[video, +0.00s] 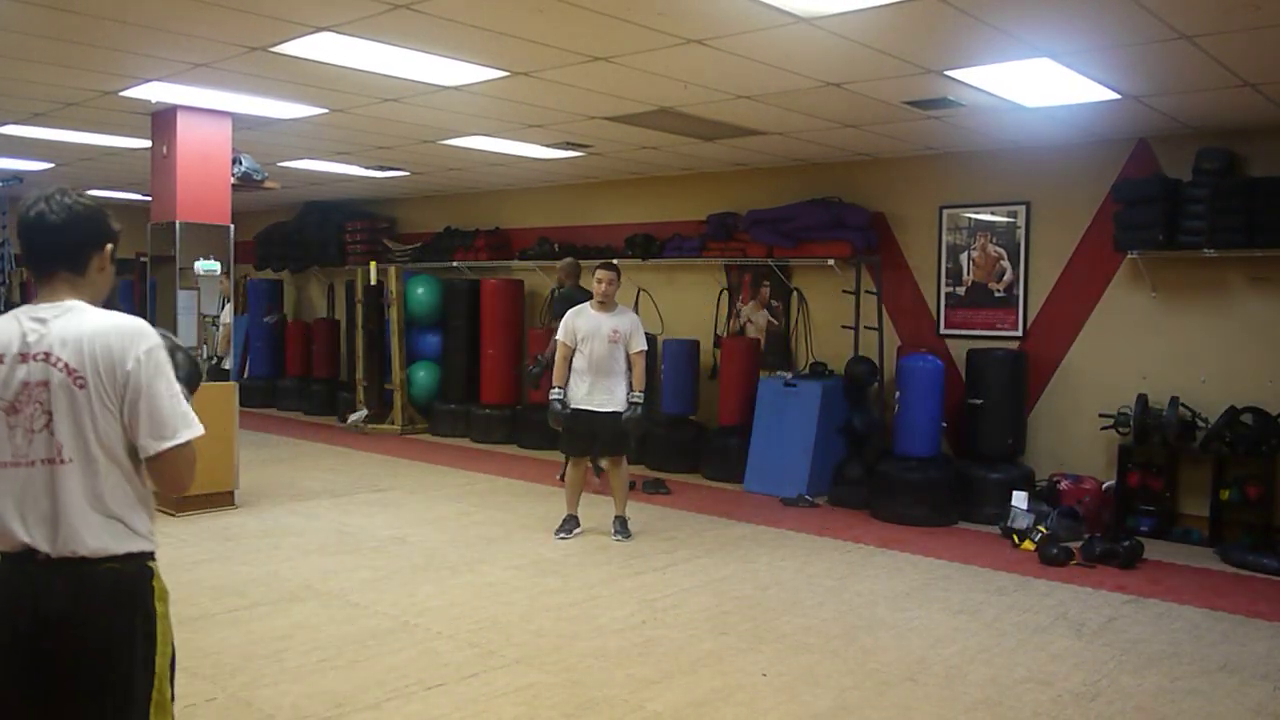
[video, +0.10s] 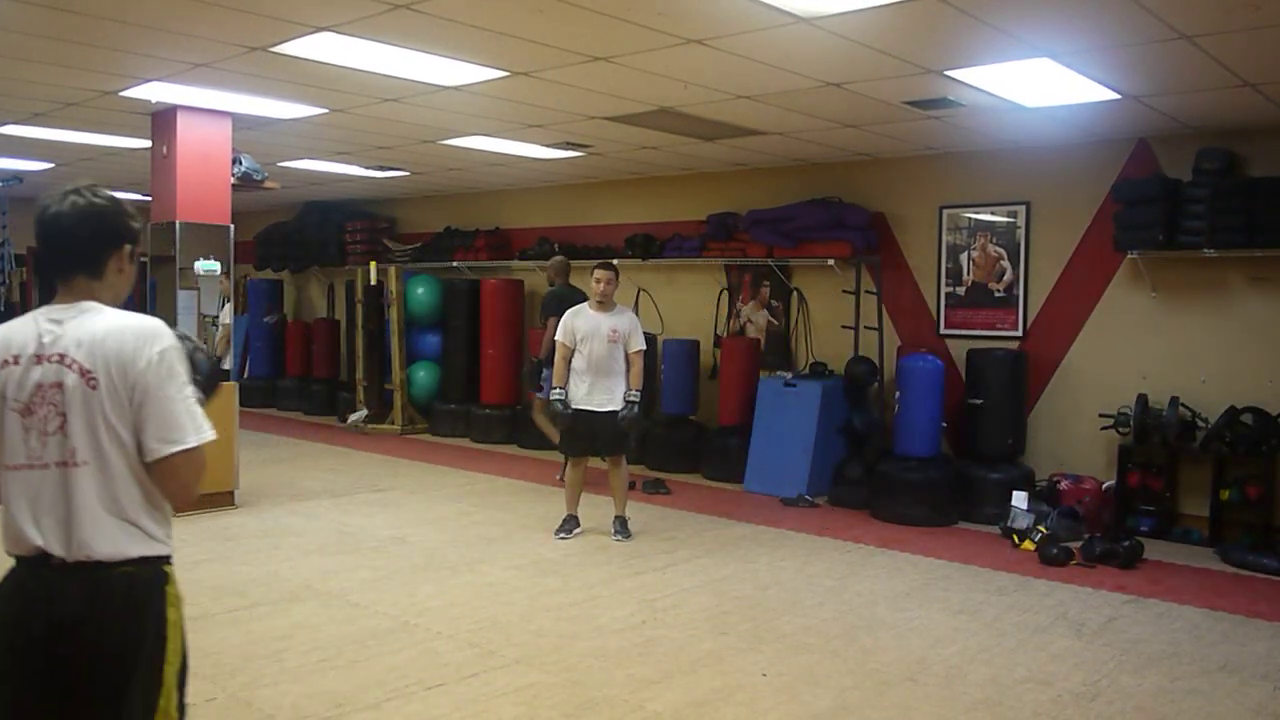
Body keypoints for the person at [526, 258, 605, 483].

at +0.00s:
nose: (556, 277)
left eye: (558, 273)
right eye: (558, 273)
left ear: (564, 275)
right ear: (578, 275)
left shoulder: (560, 297)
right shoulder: (587, 297)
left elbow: (559, 335)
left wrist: (542, 360)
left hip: (568, 361)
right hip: (587, 360)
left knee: (570, 415)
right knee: (586, 414)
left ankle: (570, 464)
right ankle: (595, 460)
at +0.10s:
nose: (547, 274)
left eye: (548, 271)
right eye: (548, 271)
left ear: (552, 273)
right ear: (568, 273)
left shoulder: (552, 296)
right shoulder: (581, 295)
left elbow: (551, 328)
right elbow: (585, 329)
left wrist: (541, 358)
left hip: (555, 361)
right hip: (577, 360)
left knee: (538, 411)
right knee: (569, 412)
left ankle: (565, 445)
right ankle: (569, 464)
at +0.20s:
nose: (536, 275)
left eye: (537, 272)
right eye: (537, 272)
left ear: (541, 273)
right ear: (557, 272)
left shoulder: (543, 295)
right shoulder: (572, 294)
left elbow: (545, 328)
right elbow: (576, 329)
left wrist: (535, 358)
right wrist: (573, 355)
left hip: (545, 361)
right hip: (567, 360)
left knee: (523, 407)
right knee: (564, 409)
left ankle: (536, 448)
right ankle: (568, 460)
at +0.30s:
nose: (524, 277)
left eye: (526, 273)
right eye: (526, 273)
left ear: (530, 275)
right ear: (544, 274)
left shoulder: (530, 296)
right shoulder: (558, 294)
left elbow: (532, 332)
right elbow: (569, 325)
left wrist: (524, 363)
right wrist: (567, 356)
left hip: (534, 366)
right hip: (557, 365)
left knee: (514, 408)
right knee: (558, 413)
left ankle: (507, 461)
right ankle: (567, 463)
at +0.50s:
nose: (497, 281)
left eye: (498, 277)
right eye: (498, 277)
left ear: (503, 278)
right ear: (517, 276)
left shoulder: (502, 299)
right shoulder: (533, 295)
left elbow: (501, 331)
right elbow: (548, 324)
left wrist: (494, 360)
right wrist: (544, 349)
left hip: (508, 361)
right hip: (532, 359)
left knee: (496, 408)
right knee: (526, 407)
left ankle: (498, 464)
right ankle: (549, 449)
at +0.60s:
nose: (489, 277)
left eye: (489, 274)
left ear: (490, 274)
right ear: (507, 272)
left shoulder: (490, 295)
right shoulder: (521, 293)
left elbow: (487, 325)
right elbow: (535, 320)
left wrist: (478, 350)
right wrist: (534, 345)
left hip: (496, 358)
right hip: (518, 356)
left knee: (493, 408)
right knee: (509, 404)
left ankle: (497, 463)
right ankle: (525, 442)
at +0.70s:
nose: (480, 277)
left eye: (479, 274)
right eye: (484, 273)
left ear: (480, 274)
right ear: (497, 273)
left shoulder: (480, 294)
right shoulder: (510, 292)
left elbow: (475, 325)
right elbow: (525, 320)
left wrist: (462, 349)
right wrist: (527, 350)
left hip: (488, 357)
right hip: (508, 355)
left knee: (489, 407)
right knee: (494, 404)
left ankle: (497, 461)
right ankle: (499, 448)